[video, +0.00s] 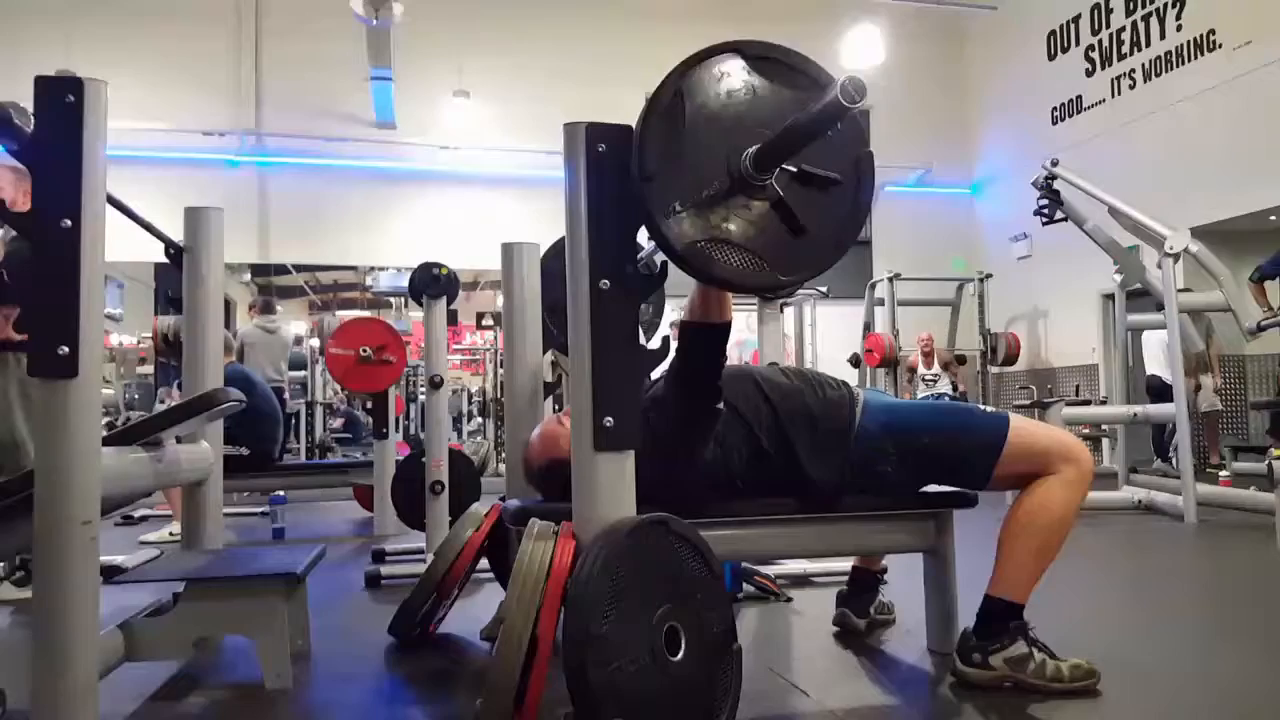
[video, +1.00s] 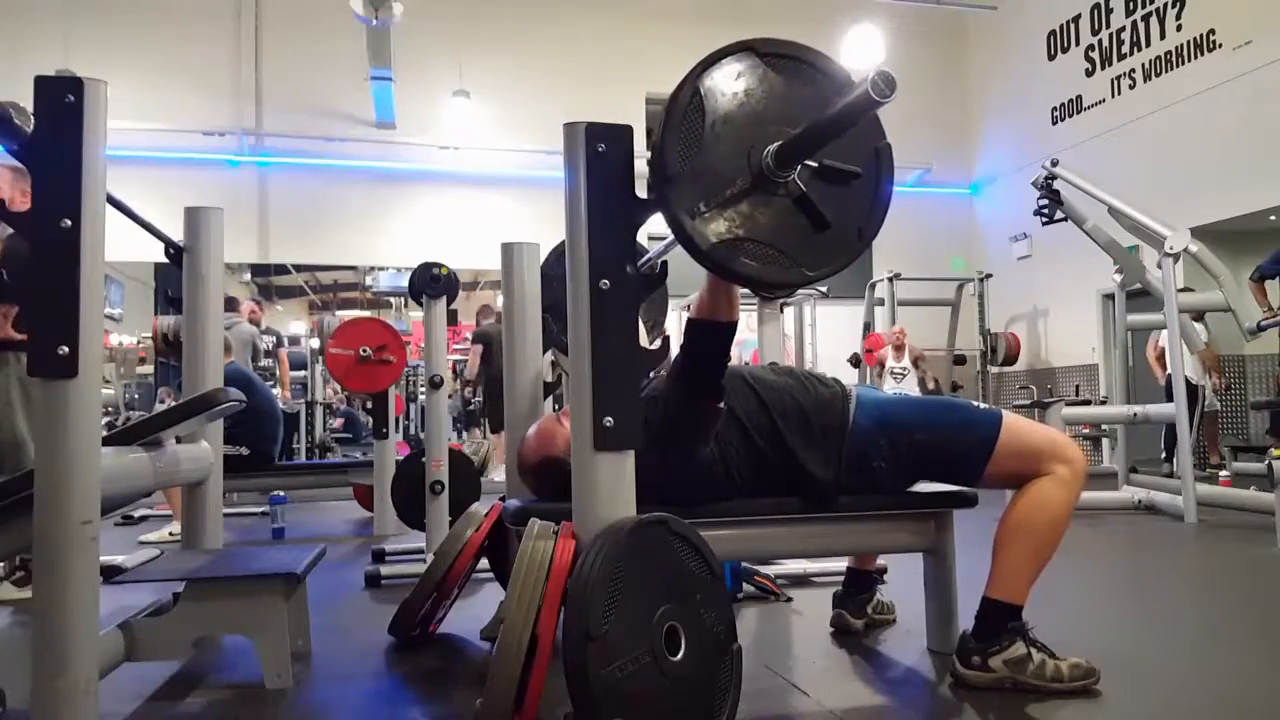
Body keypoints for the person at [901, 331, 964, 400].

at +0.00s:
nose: (925, 343)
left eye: (928, 340)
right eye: (922, 341)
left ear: (932, 342)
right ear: (918, 343)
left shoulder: (944, 357)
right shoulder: (913, 361)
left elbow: (957, 373)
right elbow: (908, 381)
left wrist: (961, 389)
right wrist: (907, 398)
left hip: (943, 391)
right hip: (923, 392)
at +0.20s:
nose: (926, 341)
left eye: (929, 338)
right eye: (923, 339)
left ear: (934, 340)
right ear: (919, 342)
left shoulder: (944, 356)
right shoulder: (913, 358)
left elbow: (956, 374)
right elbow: (907, 377)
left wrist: (961, 389)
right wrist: (906, 392)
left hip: (942, 394)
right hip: (922, 394)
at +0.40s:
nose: (923, 339)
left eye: (925, 336)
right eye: (920, 337)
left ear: (931, 338)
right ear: (917, 339)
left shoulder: (942, 354)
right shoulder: (912, 357)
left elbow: (955, 373)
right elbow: (906, 376)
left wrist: (961, 389)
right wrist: (901, 391)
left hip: (940, 394)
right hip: (919, 394)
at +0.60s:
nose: (916, 338)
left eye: (918, 335)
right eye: (913, 335)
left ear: (924, 336)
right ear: (910, 338)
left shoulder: (936, 352)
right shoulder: (905, 356)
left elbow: (949, 369)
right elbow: (899, 376)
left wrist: (954, 381)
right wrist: (895, 391)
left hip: (934, 393)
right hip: (912, 393)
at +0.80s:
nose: (906, 338)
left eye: (909, 335)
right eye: (904, 336)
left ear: (914, 338)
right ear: (901, 338)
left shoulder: (925, 354)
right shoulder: (893, 356)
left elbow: (936, 371)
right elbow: (890, 376)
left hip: (921, 393)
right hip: (900, 394)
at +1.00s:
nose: (897, 336)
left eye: (900, 333)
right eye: (894, 333)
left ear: (904, 336)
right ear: (890, 337)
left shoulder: (914, 352)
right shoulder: (883, 353)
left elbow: (923, 370)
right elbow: (879, 372)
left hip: (911, 392)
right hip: (889, 391)